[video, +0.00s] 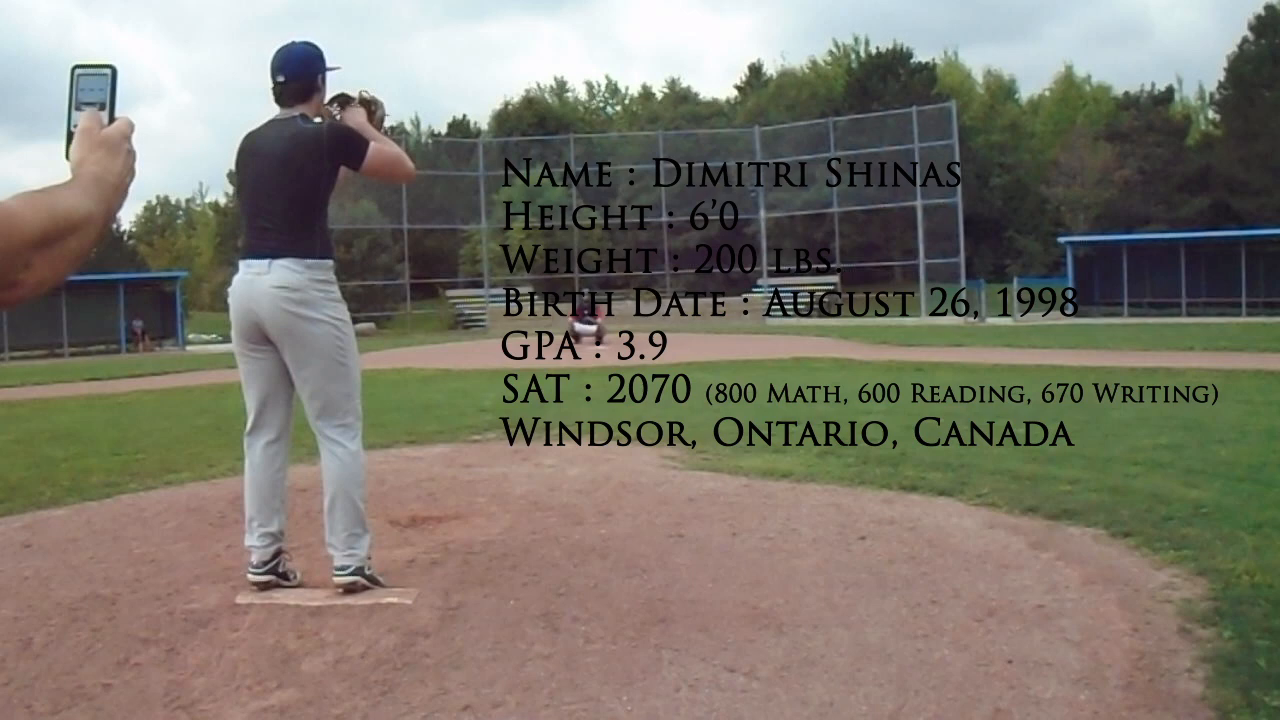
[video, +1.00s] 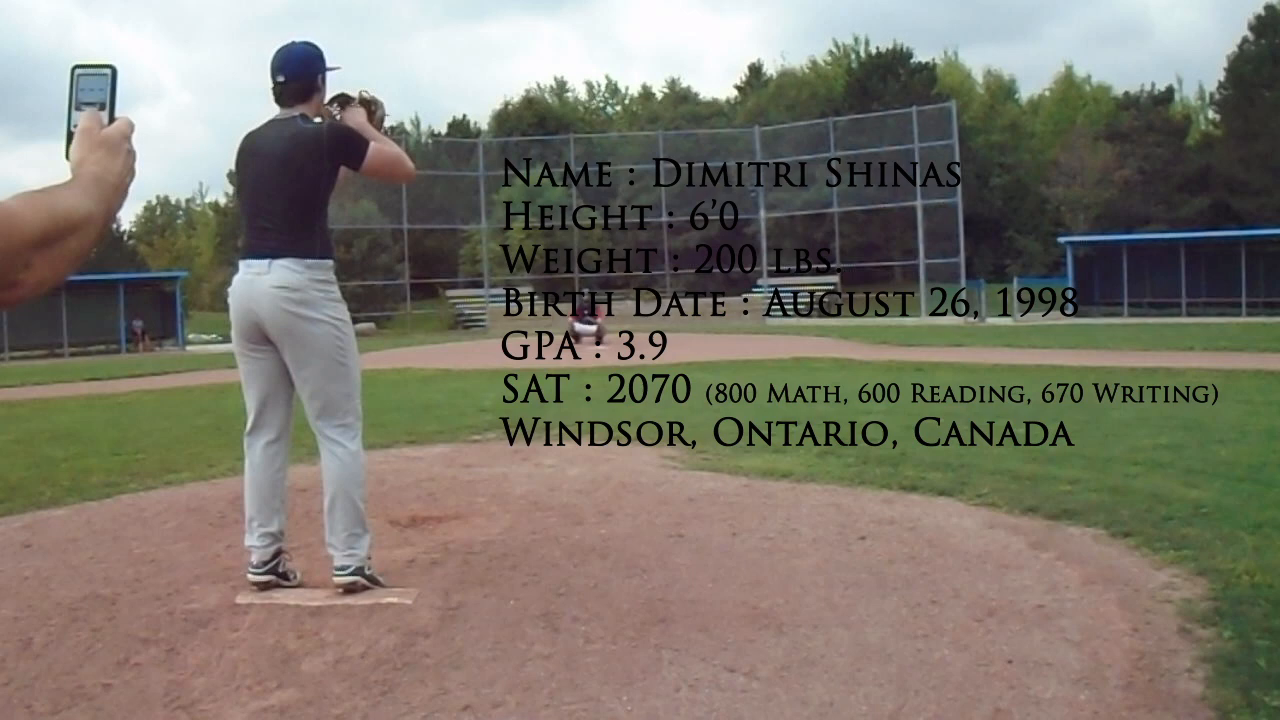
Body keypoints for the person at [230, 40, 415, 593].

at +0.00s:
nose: (327, 88)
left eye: (322, 81)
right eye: (325, 81)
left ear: (275, 88)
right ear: (320, 86)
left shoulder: (250, 143)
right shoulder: (327, 135)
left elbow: (301, 185)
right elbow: (402, 167)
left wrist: (327, 131)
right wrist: (362, 125)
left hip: (246, 288)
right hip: (303, 286)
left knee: (264, 430)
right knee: (338, 429)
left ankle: (263, 558)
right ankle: (350, 561)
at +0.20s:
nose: (327, 88)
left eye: (322, 81)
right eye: (325, 81)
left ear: (275, 88)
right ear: (320, 86)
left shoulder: (250, 143)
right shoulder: (327, 135)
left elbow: (301, 185)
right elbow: (402, 167)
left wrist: (327, 131)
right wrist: (362, 125)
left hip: (246, 288)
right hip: (303, 286)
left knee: (264, 430)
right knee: (338, 429)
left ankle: (263, 558)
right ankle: (350, 561)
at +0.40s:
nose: (327, 88)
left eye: (322, 81)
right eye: (325, 81)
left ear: (275, 88)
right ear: (320, 86)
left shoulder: (250, 143)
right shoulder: (327, 135)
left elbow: (301, 185)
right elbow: (402, 167)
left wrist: (327, 131)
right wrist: (362, 125)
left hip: (246, 288)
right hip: (303, 286)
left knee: (264, 430)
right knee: (338, 429)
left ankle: (263, 558)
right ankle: (350, 561)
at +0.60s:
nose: (327, 88)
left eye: (322, 81)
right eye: (325, 81)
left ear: (275, 88)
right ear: (320, 86)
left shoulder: (250, 143)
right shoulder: (327, 135)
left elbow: (301, 185)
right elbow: (402, 167)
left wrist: (327, 131)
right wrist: (362, 125)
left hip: (246, 288)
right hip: (303, 286)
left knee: (264, 430)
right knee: (338, 429)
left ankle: (263, 558)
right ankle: (350, 561)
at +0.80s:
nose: (327, 88)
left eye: (322, 81)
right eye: (325, 81)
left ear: (275, 88)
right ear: (320, 86)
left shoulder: (250, 143)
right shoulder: (327, 135)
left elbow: (301, 185)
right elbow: (402, 167)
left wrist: (327, 131)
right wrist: (362, 125)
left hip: (246, 288)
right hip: (303, 286)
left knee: (264, 430)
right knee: (338, 429)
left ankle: (263, 558)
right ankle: (350, 561)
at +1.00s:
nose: (327, 88)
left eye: (322, 81)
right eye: (325, 81)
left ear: (275, 88)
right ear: (320, 86)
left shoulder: (250, 143)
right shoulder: (327, 135)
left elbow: (301, 185)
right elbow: (402, 167)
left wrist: (327, 131)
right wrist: (362, 125)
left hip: (246, 288)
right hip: (303, 286)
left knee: (264, 430)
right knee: (338, 429)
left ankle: (263, 558)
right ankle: (350, 561)